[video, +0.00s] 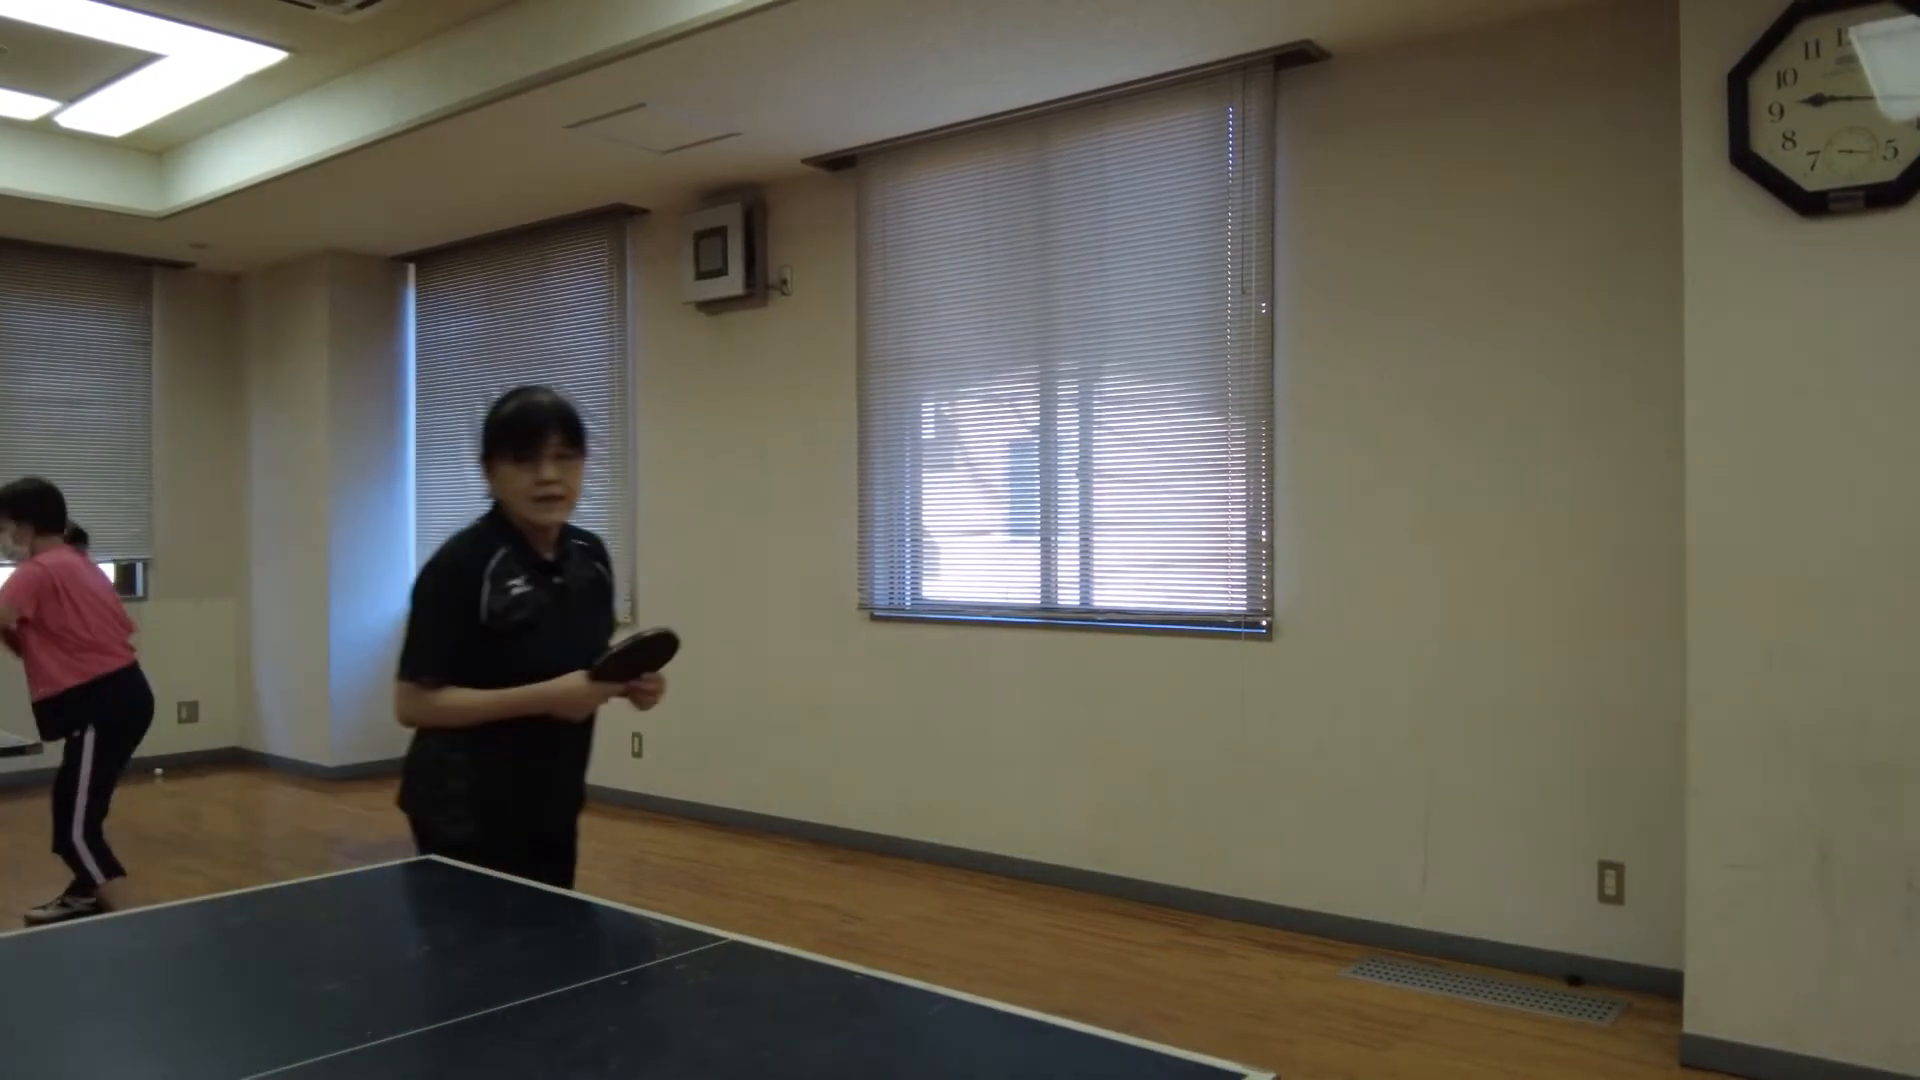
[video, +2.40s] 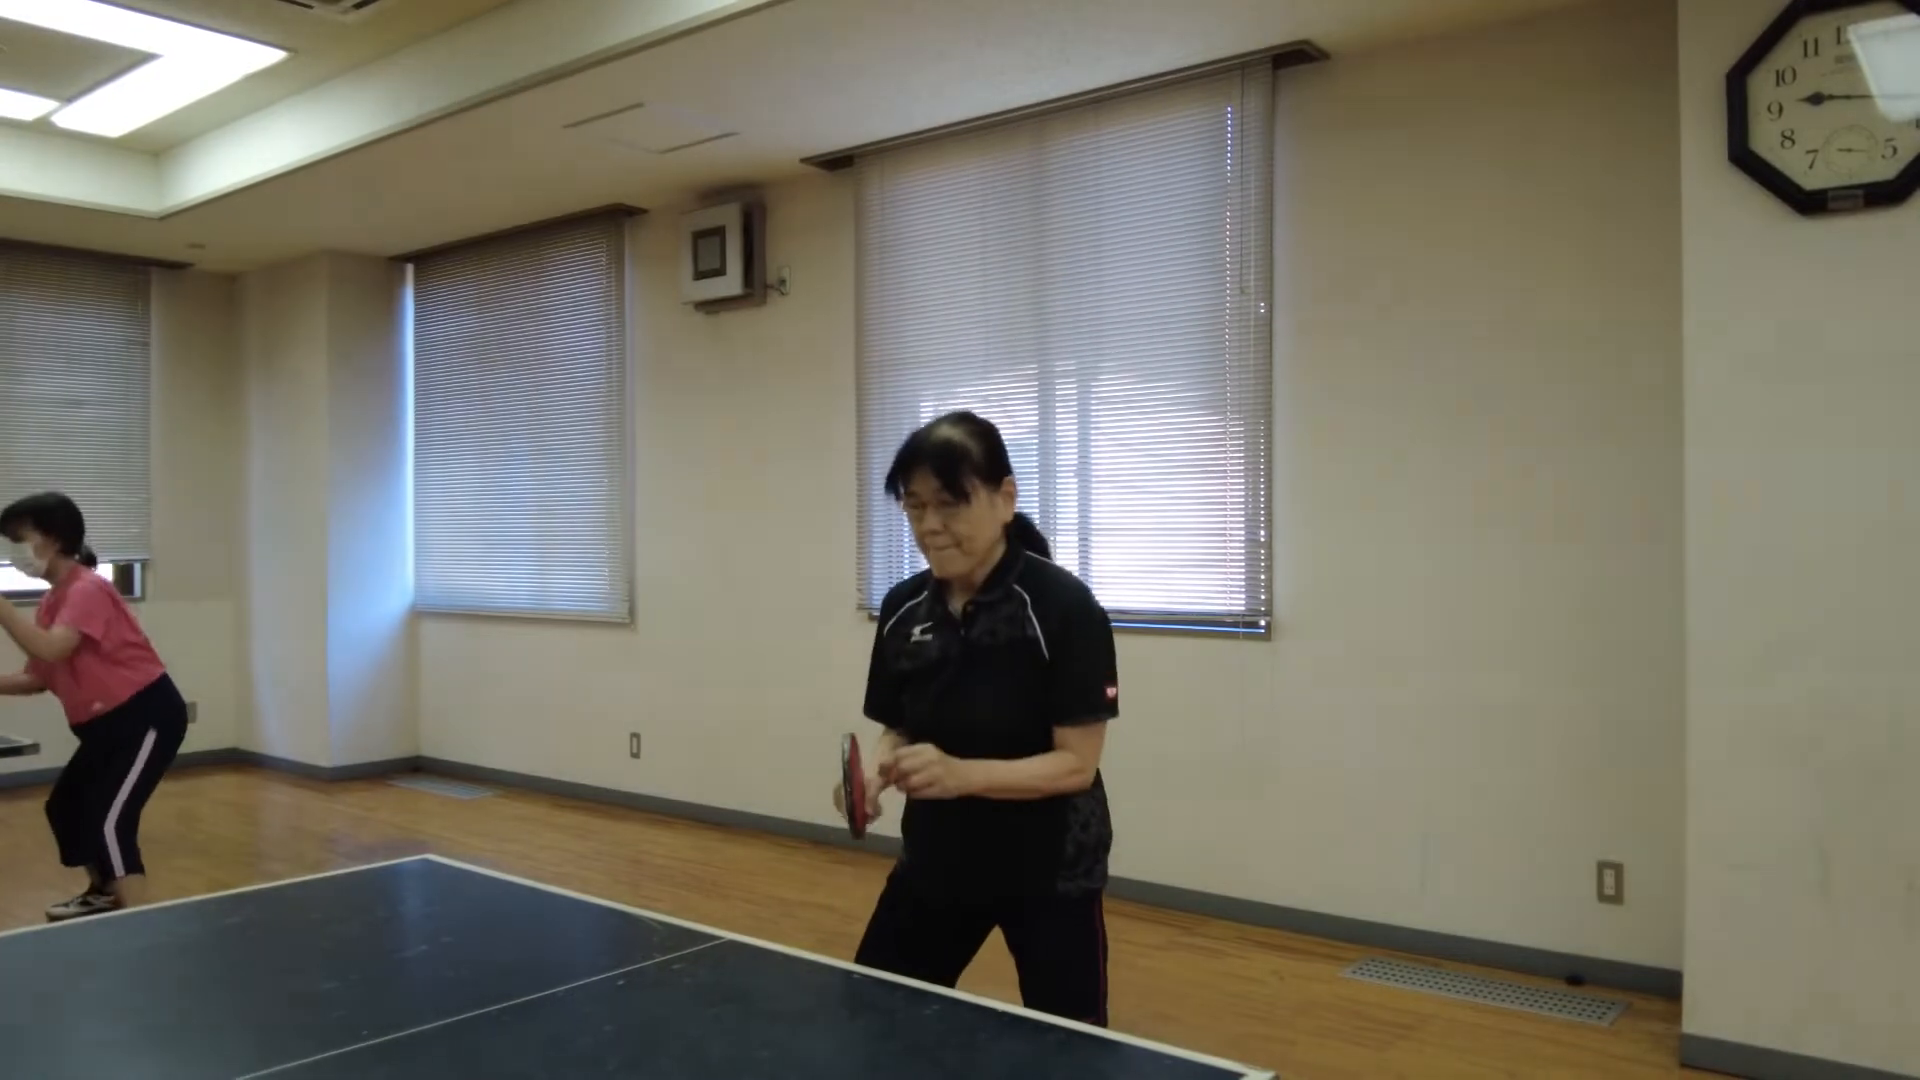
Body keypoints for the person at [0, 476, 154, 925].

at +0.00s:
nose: (6, 534)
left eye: (9, 524)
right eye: (5, 524)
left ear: (28, 524)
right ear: (55, 521)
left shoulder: (35, 571)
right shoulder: (81, 564)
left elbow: (4, 618)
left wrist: (28, 647)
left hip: (98, 699)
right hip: (125, 689)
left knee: (76, 812)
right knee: (73, 798)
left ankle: (105, 902)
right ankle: (85, 890)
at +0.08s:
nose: (5, 529)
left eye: (7, 519)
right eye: (6, 519)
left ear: (23, 519)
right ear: (53, 516)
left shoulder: (46, 561)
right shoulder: (73, 555)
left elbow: (3, 586)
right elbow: (63, 626)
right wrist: (12, 632)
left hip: (111, 693)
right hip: (123, 687)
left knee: (94, 809)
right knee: (90, 798)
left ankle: (117, 907)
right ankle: (92, 886)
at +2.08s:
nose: (18, 545)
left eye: (17, 534)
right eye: (15, 536)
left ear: (36, 527)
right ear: (59, 525)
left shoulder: (70, 567)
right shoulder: (74, 568)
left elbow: (6, 589)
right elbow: (47, 637)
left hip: (141, 705)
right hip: (129, 704)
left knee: (102, 813)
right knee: (89, 799)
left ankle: (128, 913)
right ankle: (107, 892)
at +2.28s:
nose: (21, 552)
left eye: (24, 539)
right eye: (18, 543)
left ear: (53, 535)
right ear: (47, 539)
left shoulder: (84, 582)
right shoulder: (60, 598)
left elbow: (31, 622)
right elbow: (34, 668)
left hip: (148, 715)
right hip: (112, 723)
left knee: (107, 815)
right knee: (72, 802)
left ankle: (131, 916)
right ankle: (105, 890)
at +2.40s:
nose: (23, 552)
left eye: (29, 539)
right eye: (20, 543)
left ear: (58, 537)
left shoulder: (87, 588)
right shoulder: (49, 606)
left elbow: (53, 648)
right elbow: (36, 679)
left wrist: (5, 610)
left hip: (149, 715)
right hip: (109, 725)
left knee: (107, 817)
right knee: (65, 806)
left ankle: (137, 924)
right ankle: (105, 892)